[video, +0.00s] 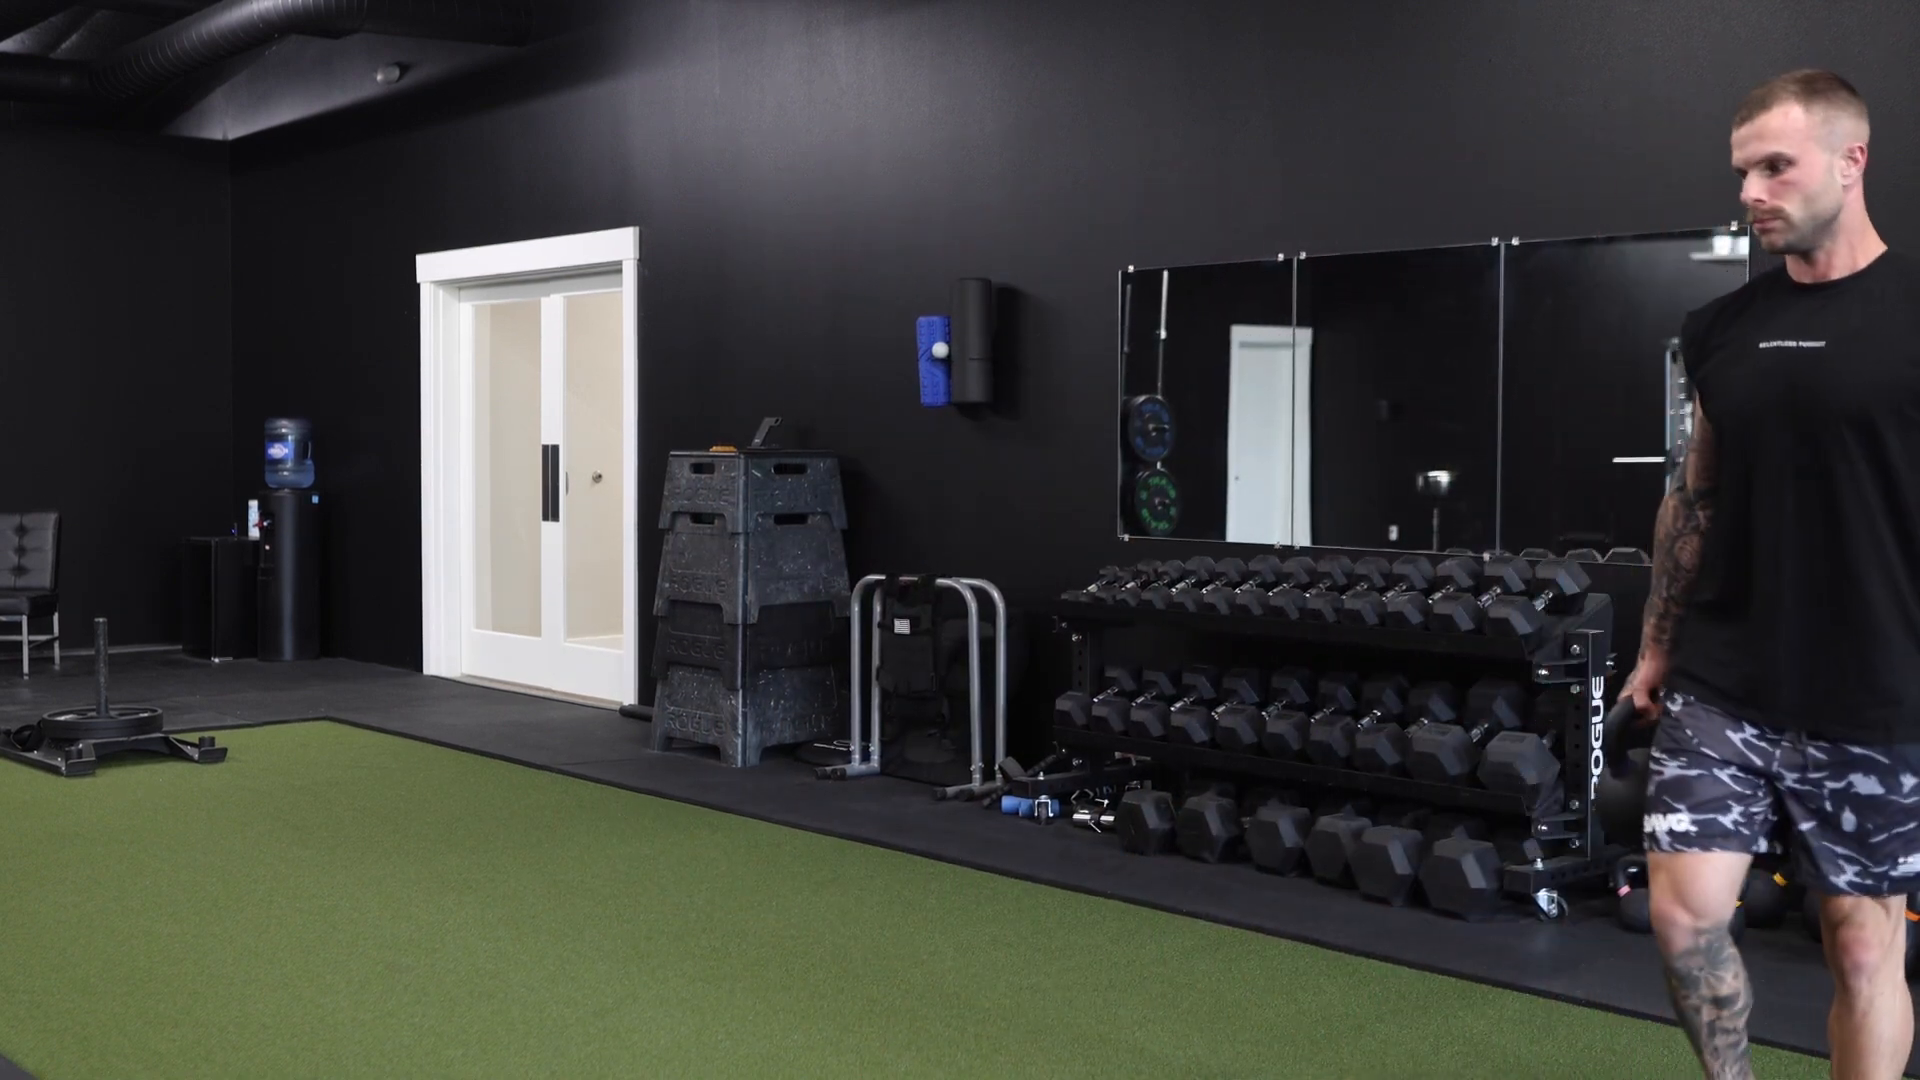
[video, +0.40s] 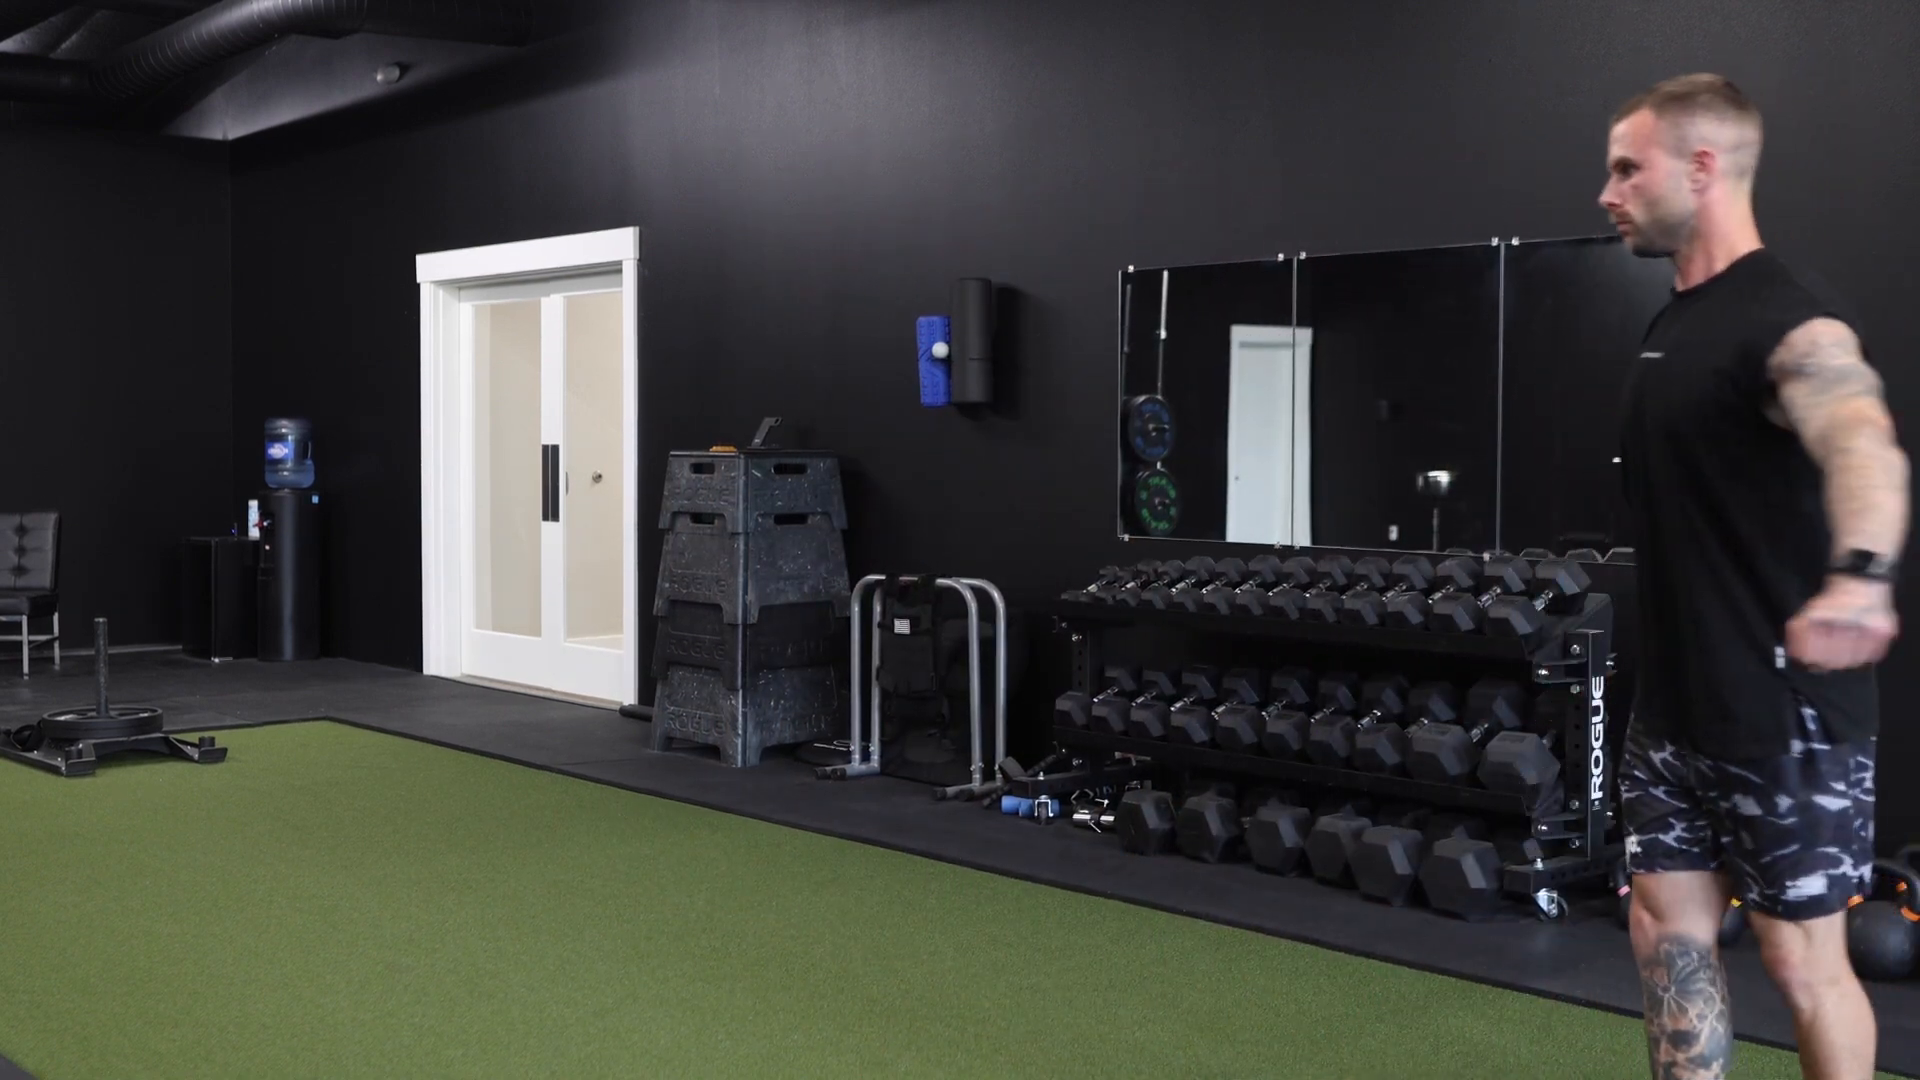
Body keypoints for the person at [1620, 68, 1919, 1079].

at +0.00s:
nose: (1751, 192)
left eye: (1776, 167)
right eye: (1742, 172)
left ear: (1853, 164)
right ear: (1738, 178)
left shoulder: (1907, 312)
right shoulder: (1725, 327)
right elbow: (1694, 494)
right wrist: (1655, 644)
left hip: (1873, 693)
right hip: (1722, 681)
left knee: (1863, 951)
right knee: (1683, 918)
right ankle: (1729, 1073)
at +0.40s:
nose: (1606, 193)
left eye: (1627, 170)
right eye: (1609, 171)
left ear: (1703, 172)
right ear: (1694, 176)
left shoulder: (1793, 326)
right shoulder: (1673, 323)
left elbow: (1864, 445)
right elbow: (1695, 502)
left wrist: (1859, 574)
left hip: (1784, 700)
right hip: (1674, 692)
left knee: (1807, 958)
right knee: (1667, 931)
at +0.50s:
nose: (1569, 192)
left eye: (1586, 170)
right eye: (1570, 171)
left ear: (1658, 173)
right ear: (1654, 176)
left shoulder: (1739, 321)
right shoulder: (1649, 321)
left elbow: (1778, 443)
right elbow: (1672, 494)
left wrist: (1747, 567)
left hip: (1750, 693)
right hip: (1667, 686)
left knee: (1734, 950)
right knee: (1662, 931)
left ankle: (1820, 1071)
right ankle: (1689, 1077)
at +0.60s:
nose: (1540, 195)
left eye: (1556, 172)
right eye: (1542, 173)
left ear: (1620, 175)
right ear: (1624, 177)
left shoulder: (1692, 310)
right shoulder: (1640, 310)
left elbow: (1703, 445)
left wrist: (1639, 568)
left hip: (1713, 692)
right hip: (1682, 687)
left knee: (1630, 932)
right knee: (1685, 942)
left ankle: (1767, 1071)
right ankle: (1690, 1072)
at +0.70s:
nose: (1517, 197)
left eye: (1529, 174)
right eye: (1518, 175)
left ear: (1592, 174)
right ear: (1598, 176)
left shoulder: (1651, 308)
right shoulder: (1652, 297)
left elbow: (1630, 447)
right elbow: (1654, 469)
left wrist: (1546, 567)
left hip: (1672, 674)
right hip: (1701, 671)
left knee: (1546, 908)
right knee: (1677, 922)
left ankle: (1690, 1069)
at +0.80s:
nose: (1494, 199)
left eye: (1504, 174)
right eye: (1495, 176)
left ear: (1564, 174)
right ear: (1597, 177)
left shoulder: (1609, 307)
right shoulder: (1678, 304)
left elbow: (1571, 434)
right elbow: (1708, 472)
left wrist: (1464, 562)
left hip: (1644, 675)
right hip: (1706, 671)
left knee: (1508, 892)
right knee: (1665, 934)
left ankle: (1580, 1071)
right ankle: (1684, 1075)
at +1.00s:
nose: (1442, 202)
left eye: (1450, 180)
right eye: (1443, 180)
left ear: (1499, 179)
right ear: (1542, 183)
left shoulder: (1523, 315)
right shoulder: (1639, 327)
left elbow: (1458, 425)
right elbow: (1650, 503)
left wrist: (1323, 551)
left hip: (1541, 683)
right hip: (1647, 681)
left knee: (1472, 924)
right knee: (1638, 939)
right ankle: (1673, 1079)